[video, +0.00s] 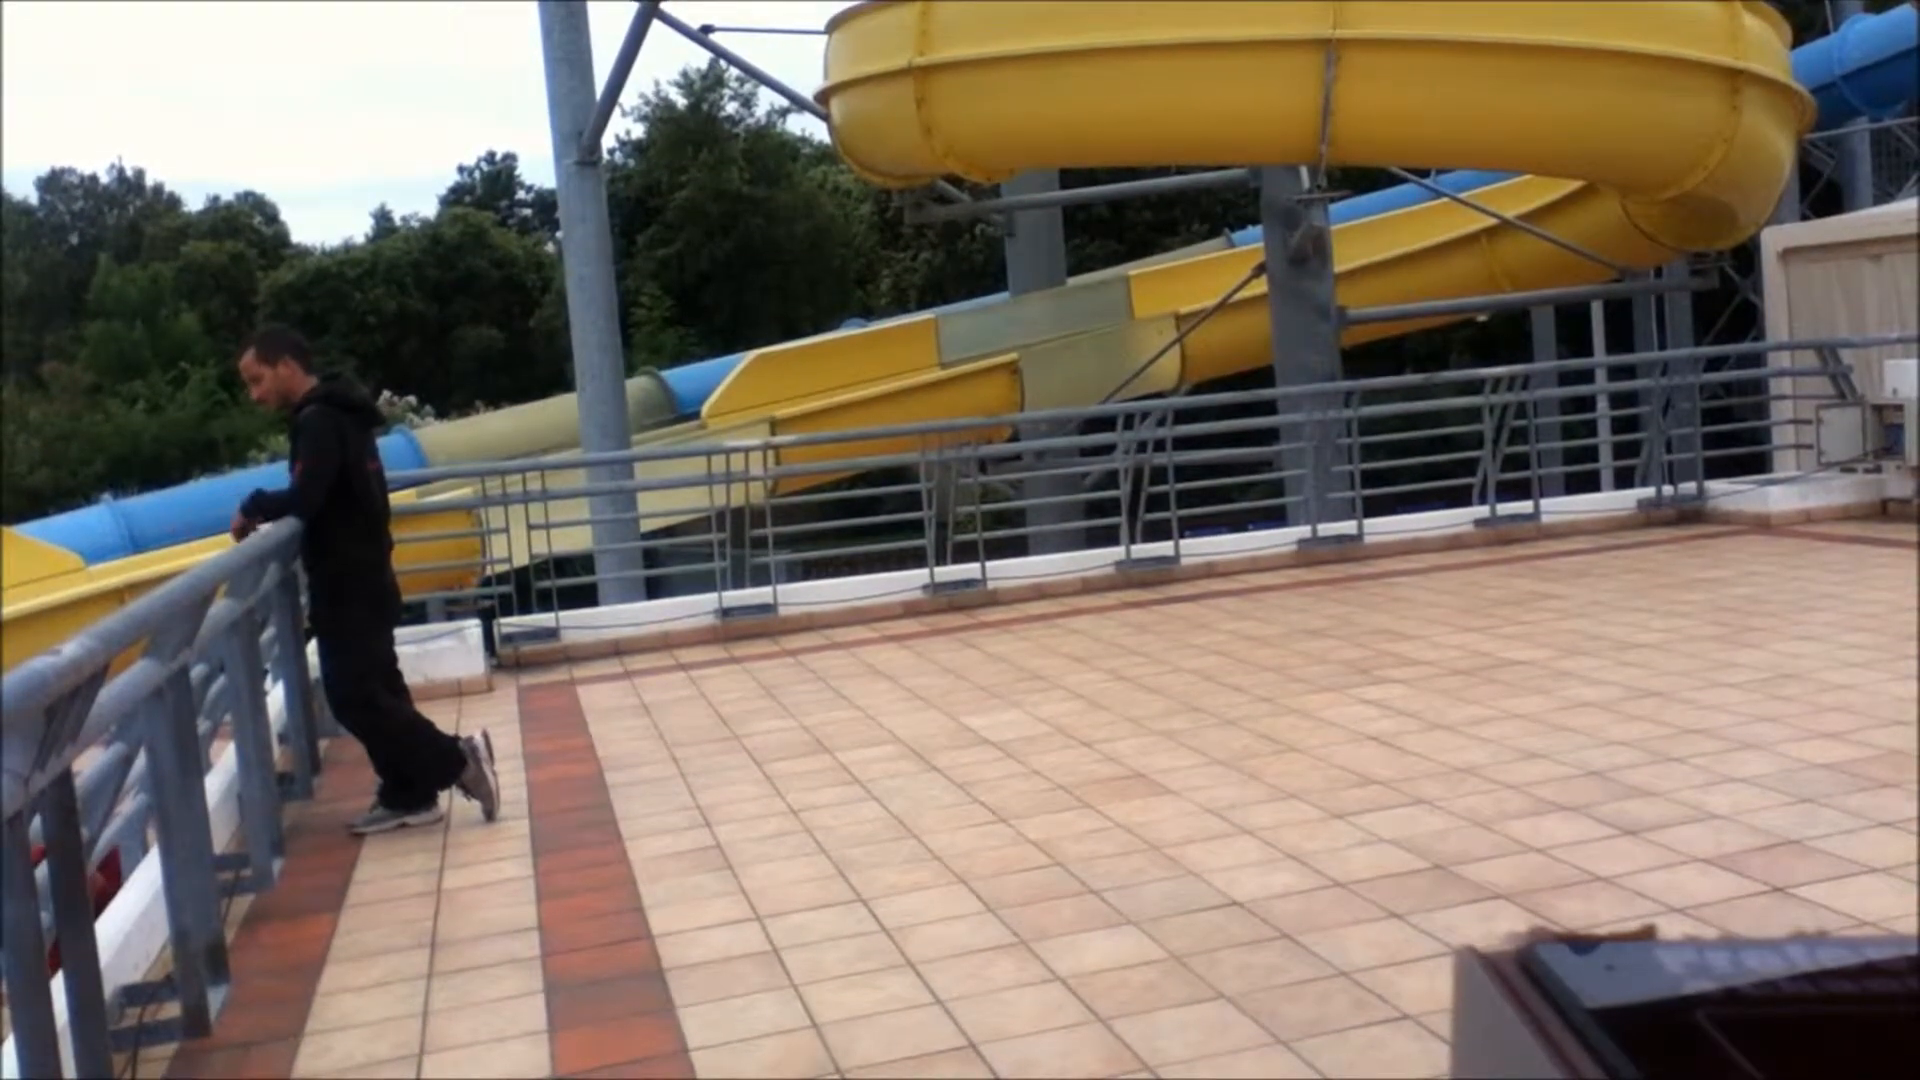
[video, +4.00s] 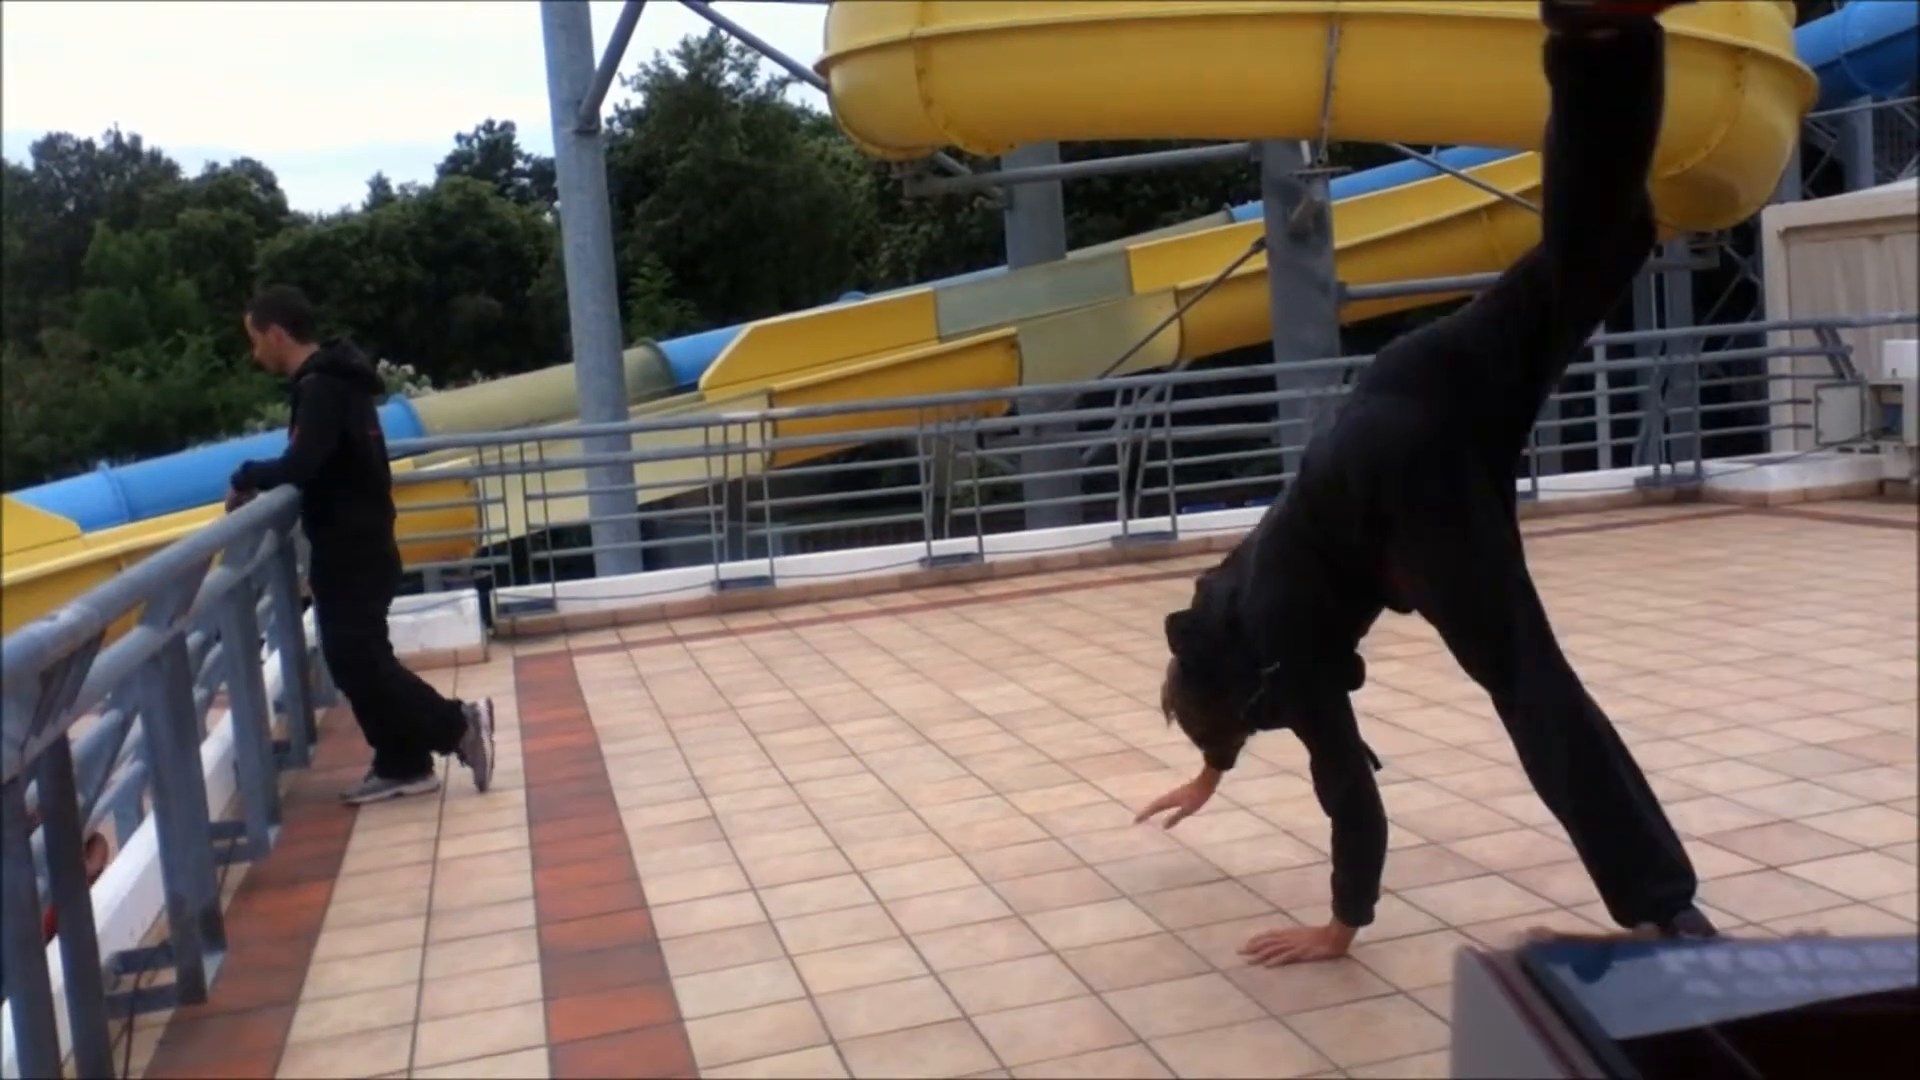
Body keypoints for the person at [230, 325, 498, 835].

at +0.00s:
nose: (253, 395)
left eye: (255, 381)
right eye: (248, 385)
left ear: (286, 367)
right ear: (290, 371)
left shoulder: (318, 420)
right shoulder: (335, 411)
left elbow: (308, 500)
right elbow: (320, 497)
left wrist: (253, 509)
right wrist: (262, 513)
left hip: (347, 586)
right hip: (363, 581)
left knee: (350, 699)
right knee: (377, 687)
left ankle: (456, 760)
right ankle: (406, 797)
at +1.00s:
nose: (259, 398)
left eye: (260, 384)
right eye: (254, 388)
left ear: (290, 371)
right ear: (295, 374)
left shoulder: (321, 423)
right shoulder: (340, 413)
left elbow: (308, 501)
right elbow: (323, 500)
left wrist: (255, 517)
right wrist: (271, 516)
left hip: (346, 590)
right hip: (362, 584)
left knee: (350, 702)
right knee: (377, 691)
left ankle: (454, 766)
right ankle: (408, 802)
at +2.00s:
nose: (257, 403)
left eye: (258, 388)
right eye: (252, 393)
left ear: (289, 373)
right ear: (294, 377)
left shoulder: (322, 426)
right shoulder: (340, 416)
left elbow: (307, 504)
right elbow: (321, 502)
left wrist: (255, 520)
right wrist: (270, 519)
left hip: (348, 592)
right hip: (364, 587)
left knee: (351, 705)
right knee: (377, 693)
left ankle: (455, 766)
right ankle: (407, 804)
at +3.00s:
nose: (252, 366)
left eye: (254, 352)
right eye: (248, 355)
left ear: (283, 339)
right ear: (288, 342)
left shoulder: (318, 392)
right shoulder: (334, 382)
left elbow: (303, 471)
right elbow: (315, 467)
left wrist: (253, 486)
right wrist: (268, 483)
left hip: (343, 558)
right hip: (357, 553)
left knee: (346, 670)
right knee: (371, 659)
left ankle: (449, 734)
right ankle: (402, 769)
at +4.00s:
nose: (254, 354)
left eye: (255, 340)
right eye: (252, 342)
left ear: (278, 333)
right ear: (291, 332)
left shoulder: (320, 384)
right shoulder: (332, 376)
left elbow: (304, 466)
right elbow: (315, 465)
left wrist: (247, 478)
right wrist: (260, 481)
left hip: (351, 552)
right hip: (356, 549)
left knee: (354, 664)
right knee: (359, 660)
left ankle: (457, 726)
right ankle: (401, 766)